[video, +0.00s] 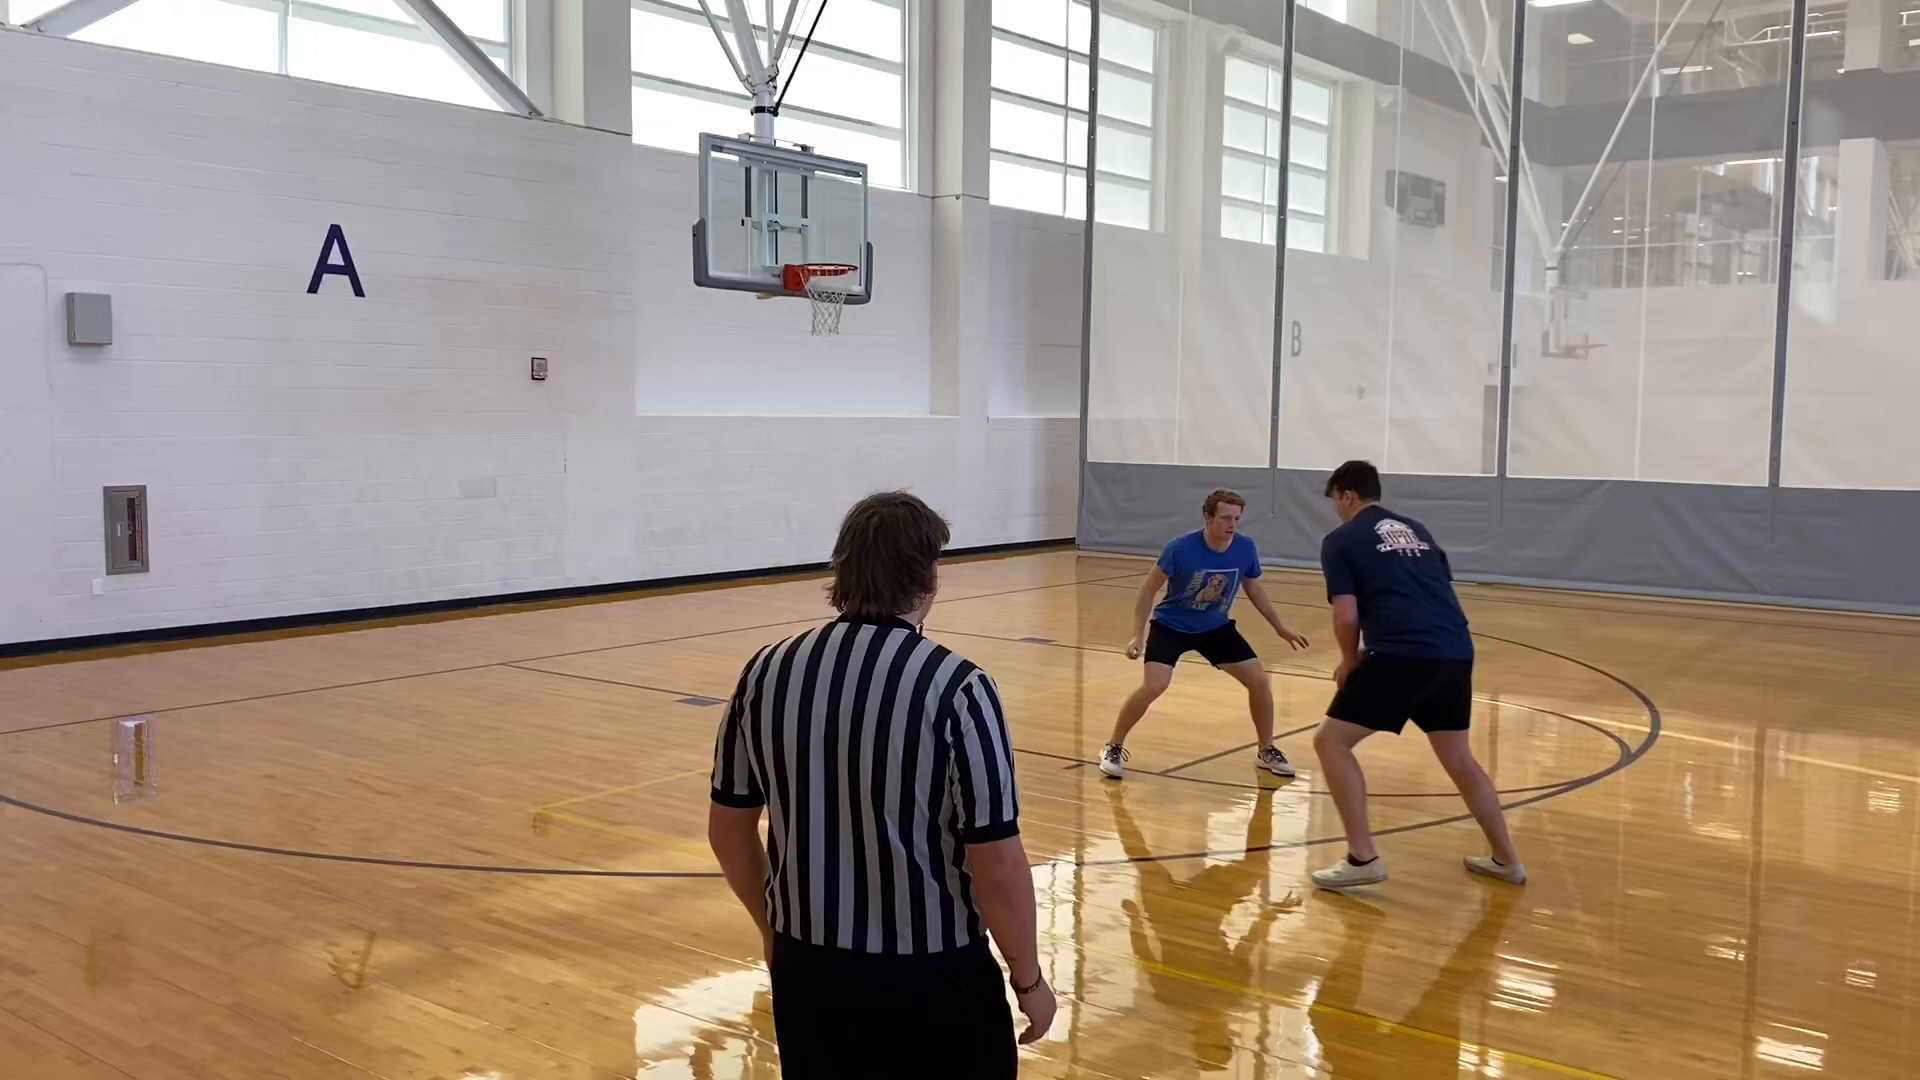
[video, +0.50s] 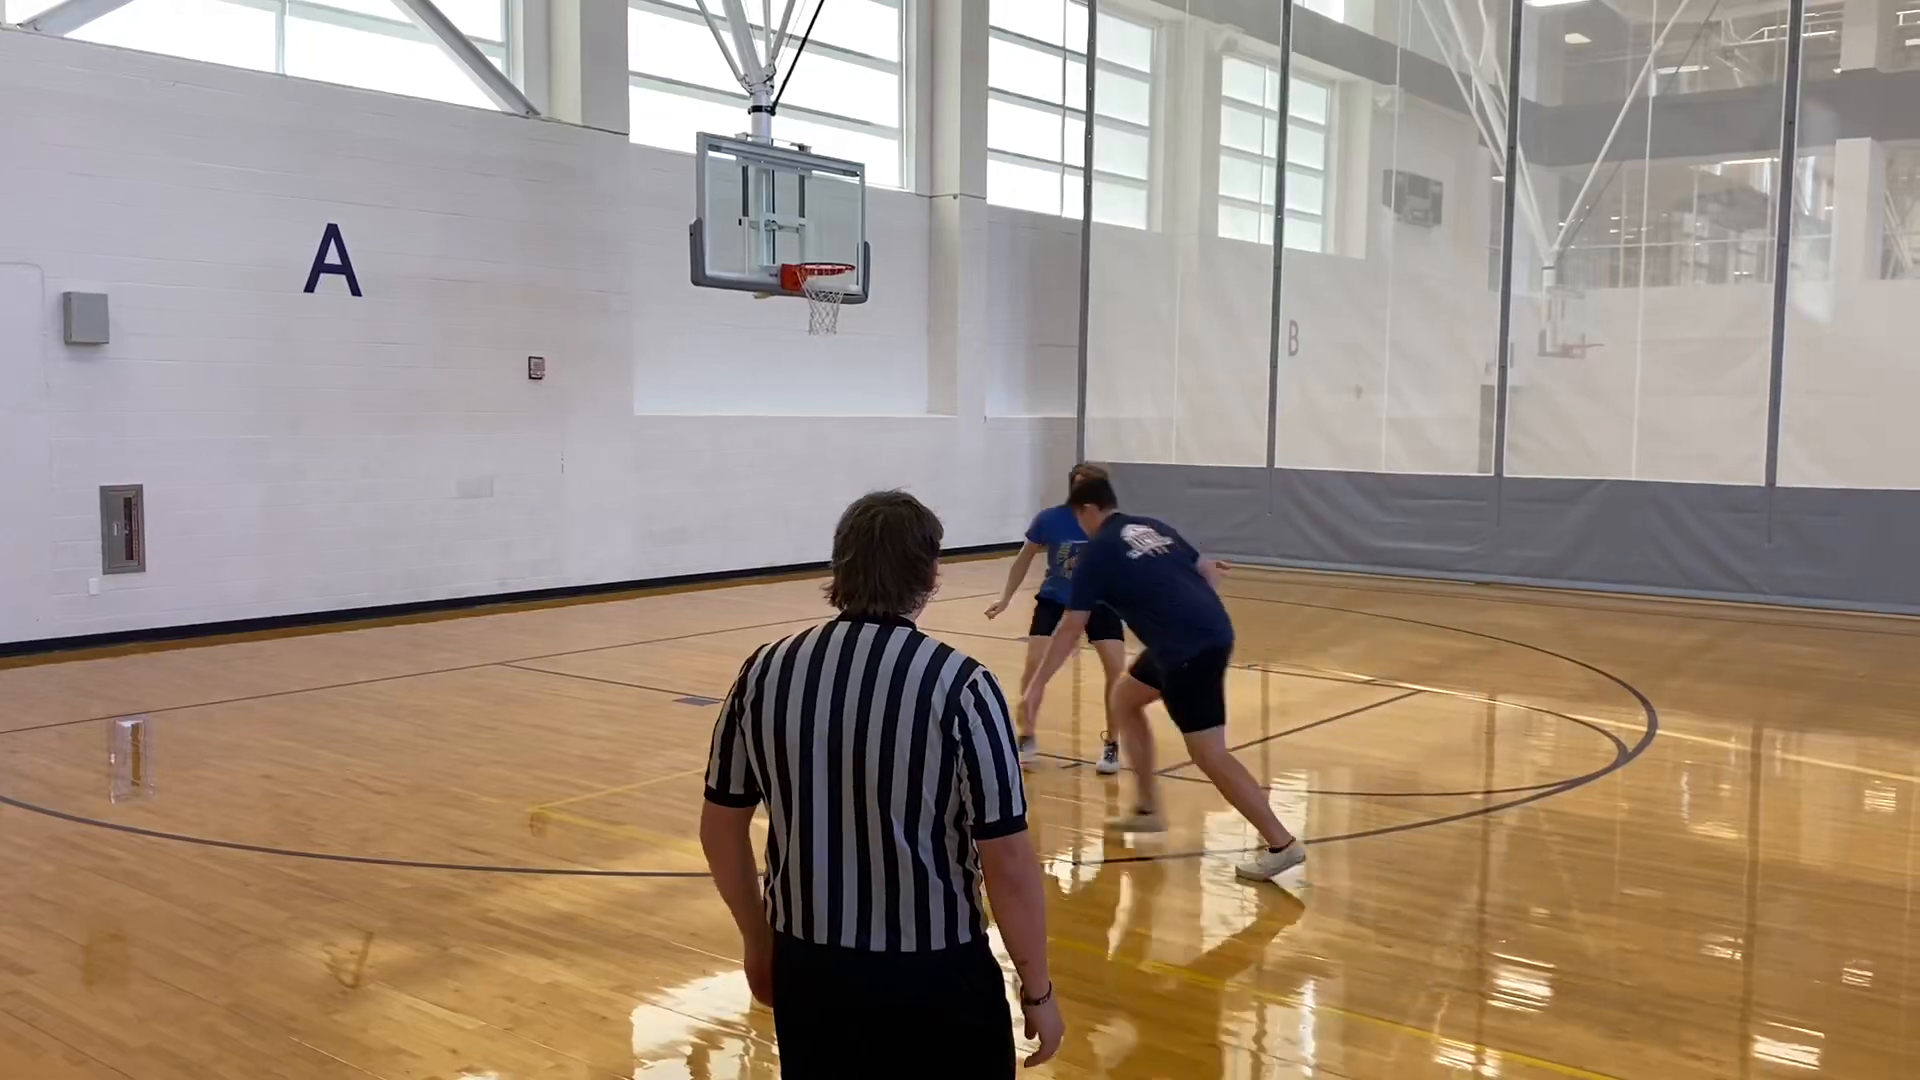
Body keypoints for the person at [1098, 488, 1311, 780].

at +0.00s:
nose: (1232, 524)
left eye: (1236, 518)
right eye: (1226, 518)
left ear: (1240, 519)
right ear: (1208, 518)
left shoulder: (1245, 548)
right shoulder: (1180, 548)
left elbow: (1254, 589)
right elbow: (1149, 589)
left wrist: (1280, 628)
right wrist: (1138, 636)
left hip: (1215, 628)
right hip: (1171, 626)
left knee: (1259, 681)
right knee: (1154, 685)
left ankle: (1267, 751)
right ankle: (1114, 747)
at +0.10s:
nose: (1210, 524)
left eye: (1214, 518)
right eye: (1204, 518)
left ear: (1218, 519)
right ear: (1186, 518)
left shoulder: (1224, 549)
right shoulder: (1159, 549)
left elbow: (1237, 588)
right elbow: (1129, 588)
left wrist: (1265, 625)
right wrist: (1117, 635)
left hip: (1203, 631)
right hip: (1157, 631)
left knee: (1248, 684)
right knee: (1144, 688)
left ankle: (1267, 752)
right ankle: (1108, 751)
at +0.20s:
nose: (1178, 513)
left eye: (1183, 507)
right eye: (1172, 506)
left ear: (1187, 509)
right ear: (1156, 507)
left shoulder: (1192, 538)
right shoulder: (1128, 539)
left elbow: (1206, 579)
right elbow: (1093, 577)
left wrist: (1236, 619)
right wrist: (1081, 622)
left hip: (1177, 625)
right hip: (1132, 624)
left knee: (1220, 681)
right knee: (1125, 682)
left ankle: (1261, 742)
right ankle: (1106, 752)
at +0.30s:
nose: (1145, 499)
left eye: (1151, 493)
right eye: (1139, 492)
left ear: (1157, 494)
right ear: (1125, 491)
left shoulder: (1165, 525)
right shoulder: (1098, 522)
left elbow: (1188, 566)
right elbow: (1065, 553)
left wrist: (1213, 594)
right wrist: (1047, 596)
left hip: (1151, 611)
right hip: (1106, 611)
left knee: (1189, 674)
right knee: (1110, 675)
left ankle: (1218, 742)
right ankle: (1104, 751)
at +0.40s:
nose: (1118, 491)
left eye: (1124, 486)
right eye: (1112, 485)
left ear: (1130, 488)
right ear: (1100, 485)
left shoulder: (1136, 518)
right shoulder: (1073, 513)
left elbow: (1158, 553)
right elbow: (1045, 547)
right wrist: (1024, 588)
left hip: (1122, 599)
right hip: (1078, 599)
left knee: (1150, 660)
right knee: (1077, 670)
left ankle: (1147, 734)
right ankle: (1084, 744)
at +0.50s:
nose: (1086, 488)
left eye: (1092, 483)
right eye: (1081, 483)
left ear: (1100, 488)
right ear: (1072, 486)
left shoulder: (1111, 520)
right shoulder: (1049, 520)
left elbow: (1131, 563)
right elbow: (1024, 559)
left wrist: (1137, 605)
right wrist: (1005, 598)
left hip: (1100, 602)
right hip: (1055, 598)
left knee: (1116, 670)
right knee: (1035, 665)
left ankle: (1112, 742)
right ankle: (1027, 736)